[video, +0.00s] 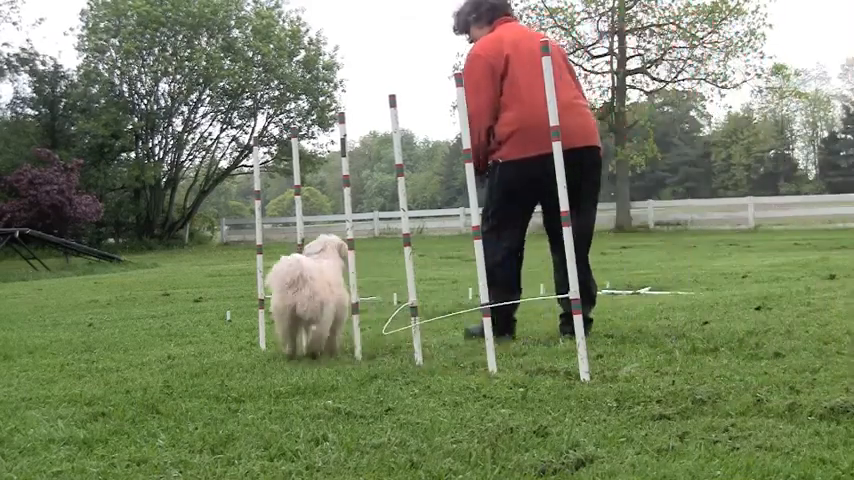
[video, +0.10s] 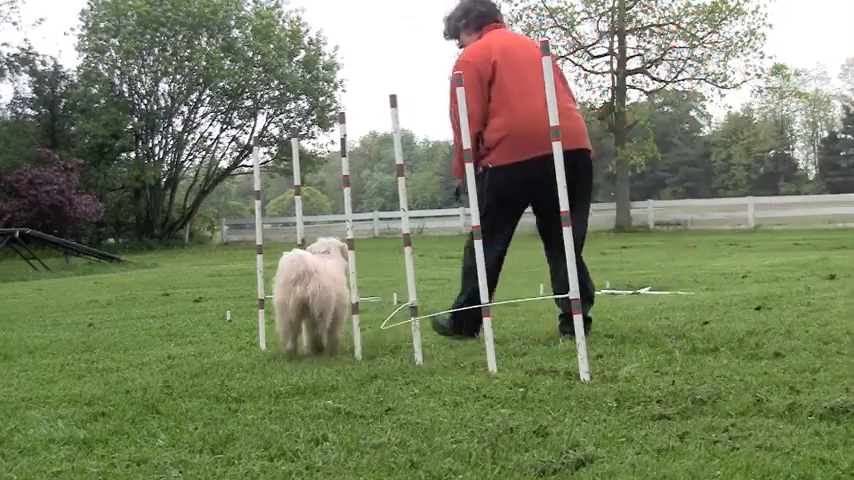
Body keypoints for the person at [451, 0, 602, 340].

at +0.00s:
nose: (470, 41)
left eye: (469, 33)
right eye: (467, 35)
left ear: (480, 21)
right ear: (506, 16)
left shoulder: (484, 51)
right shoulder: (549, 43)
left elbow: (479, 117)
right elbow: (575, 92)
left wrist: (479, 163)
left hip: (524, 150)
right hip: (582, 144)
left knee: (501, 235)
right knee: (572, 234)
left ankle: (499, 322)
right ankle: (577, 319)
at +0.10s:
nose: (459, 47)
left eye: (459, 39)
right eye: (457, 41)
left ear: (471, 28)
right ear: (497, 22)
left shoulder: (472, 56)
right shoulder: (538, 48)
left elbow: (466, 121)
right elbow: (566, 99)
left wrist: (463, 173)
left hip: (514, 154)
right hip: (572, 148)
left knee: (488, 239)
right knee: (565, 238)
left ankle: (465, 319)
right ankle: (576, 318)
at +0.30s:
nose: (424, 64)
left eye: (424, 57)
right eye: (421, 59)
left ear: (435, 46)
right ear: (459, 42)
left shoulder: (433, 81)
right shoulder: (499, 62)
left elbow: (427, 144)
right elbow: (535, 107)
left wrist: (429, 200)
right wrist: (544, 147)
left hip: (481, 165)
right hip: (536, 153)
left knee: (460, 251)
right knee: (550, 239)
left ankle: (436, 325)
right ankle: (573, 316)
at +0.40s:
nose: (399, 75)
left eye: (400, 68)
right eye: (397, 69)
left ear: (411, 59)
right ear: (434, 54)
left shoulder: (409, 90)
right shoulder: (474, 71)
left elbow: (391, 160)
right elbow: (511, 113)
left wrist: (367, 202)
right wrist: (533, 154)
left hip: (459, 169)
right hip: (517, 155)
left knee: (440, 248)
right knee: (541, 238)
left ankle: (430, 328)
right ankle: (569, 318)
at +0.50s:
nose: (379, 83)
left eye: (378, 76)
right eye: (377, 77)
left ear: (388, 68)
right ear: (414, 61)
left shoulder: (389, 96)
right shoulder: (454, 76)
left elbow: (361, 145)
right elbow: (493, 111)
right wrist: (520, 153)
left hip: (446, 166)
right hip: (503, 152)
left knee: (431, 247)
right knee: (529, 239)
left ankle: (429, 326)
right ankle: (566, 309)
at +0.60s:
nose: (368, 83)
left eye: (367, 78)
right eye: (366, 78)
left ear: (374, 71)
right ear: (402, 62)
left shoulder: (377, 93)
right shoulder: (440, 76)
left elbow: (358, 148)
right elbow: (474, 105)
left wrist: (322, 145)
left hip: (437, 160)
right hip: (493, 147)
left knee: (427, 245)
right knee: (514, 232)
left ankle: (429, 325)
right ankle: (555, 292)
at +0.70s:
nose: (360, 81)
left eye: (360, 74)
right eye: (359, 75)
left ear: (369, 67)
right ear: (396, 57)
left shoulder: (371, 89)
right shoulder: (432, 72)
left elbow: (359, 153)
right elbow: (470, 104)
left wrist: (331, 150)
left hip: (432, 154)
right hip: (486, 141)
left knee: (427, 243)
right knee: (501, 231)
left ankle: (429, 323)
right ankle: (545, 289)